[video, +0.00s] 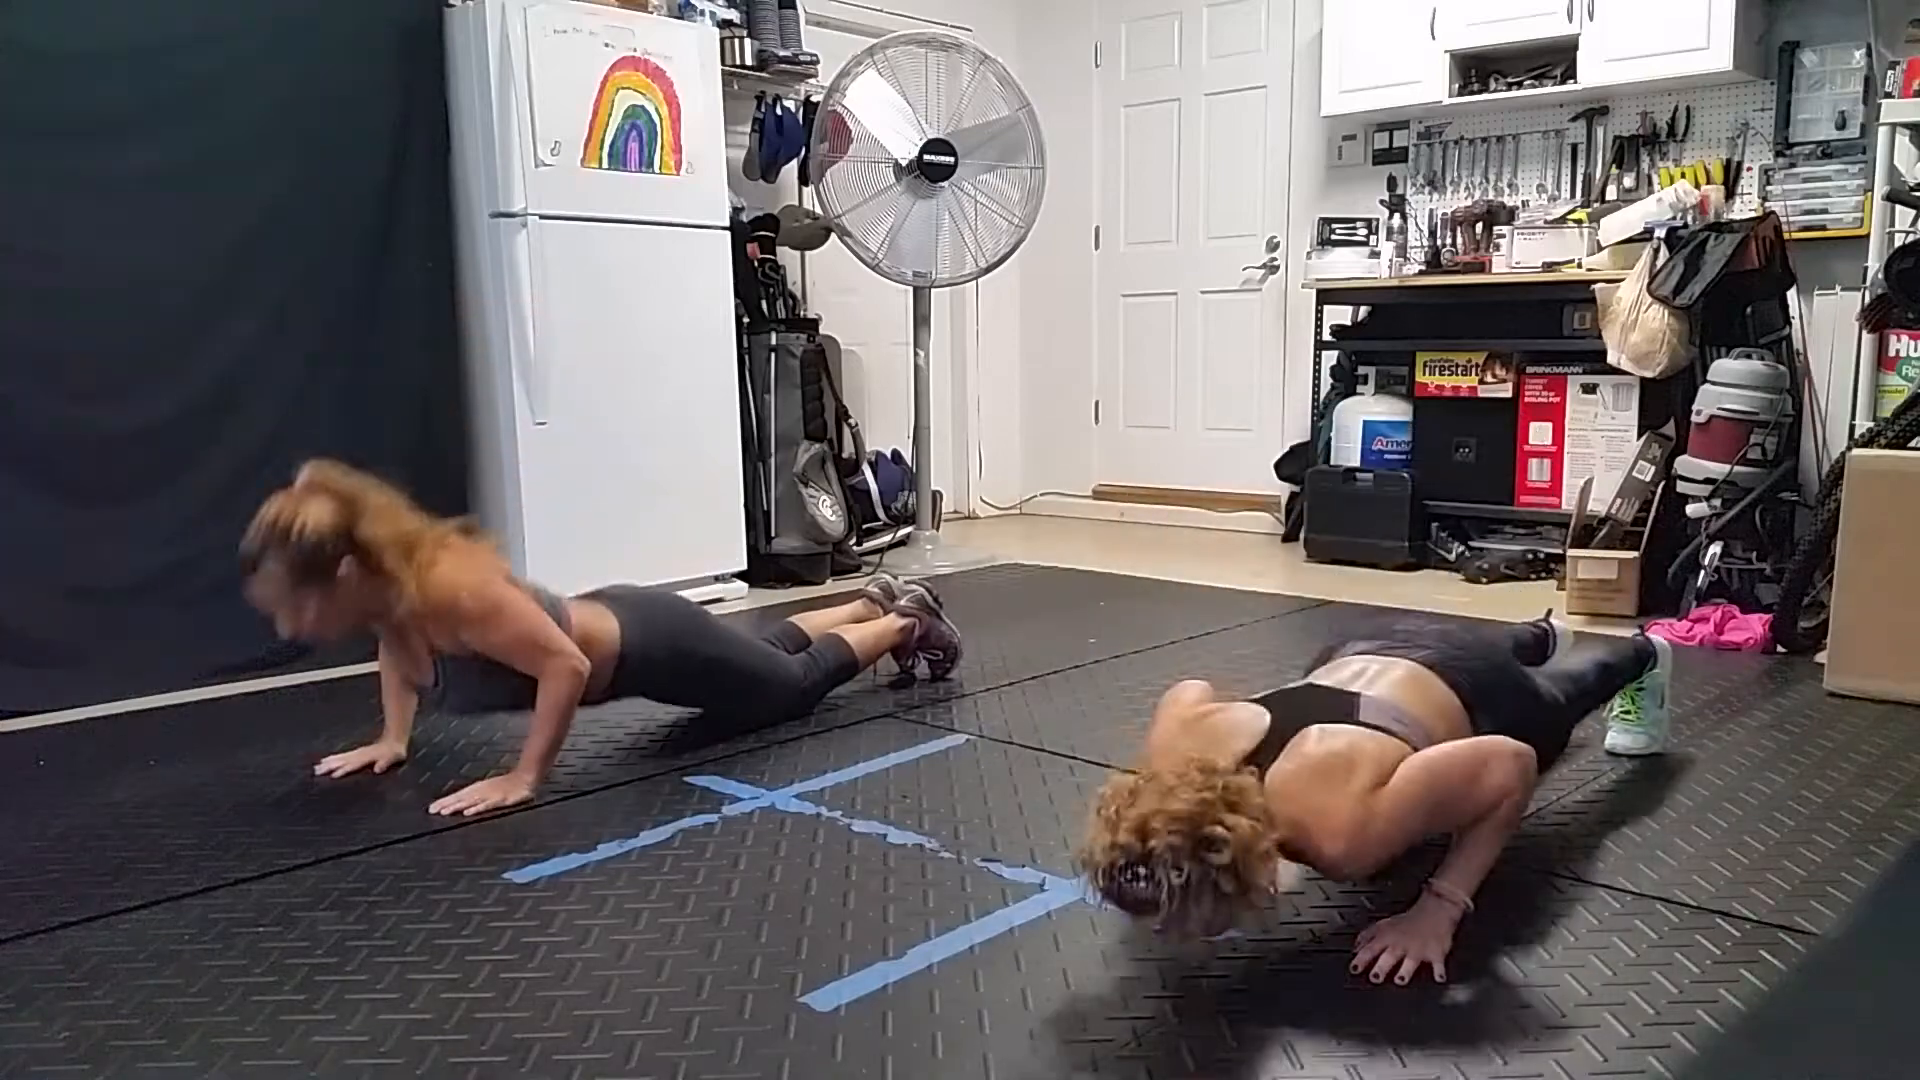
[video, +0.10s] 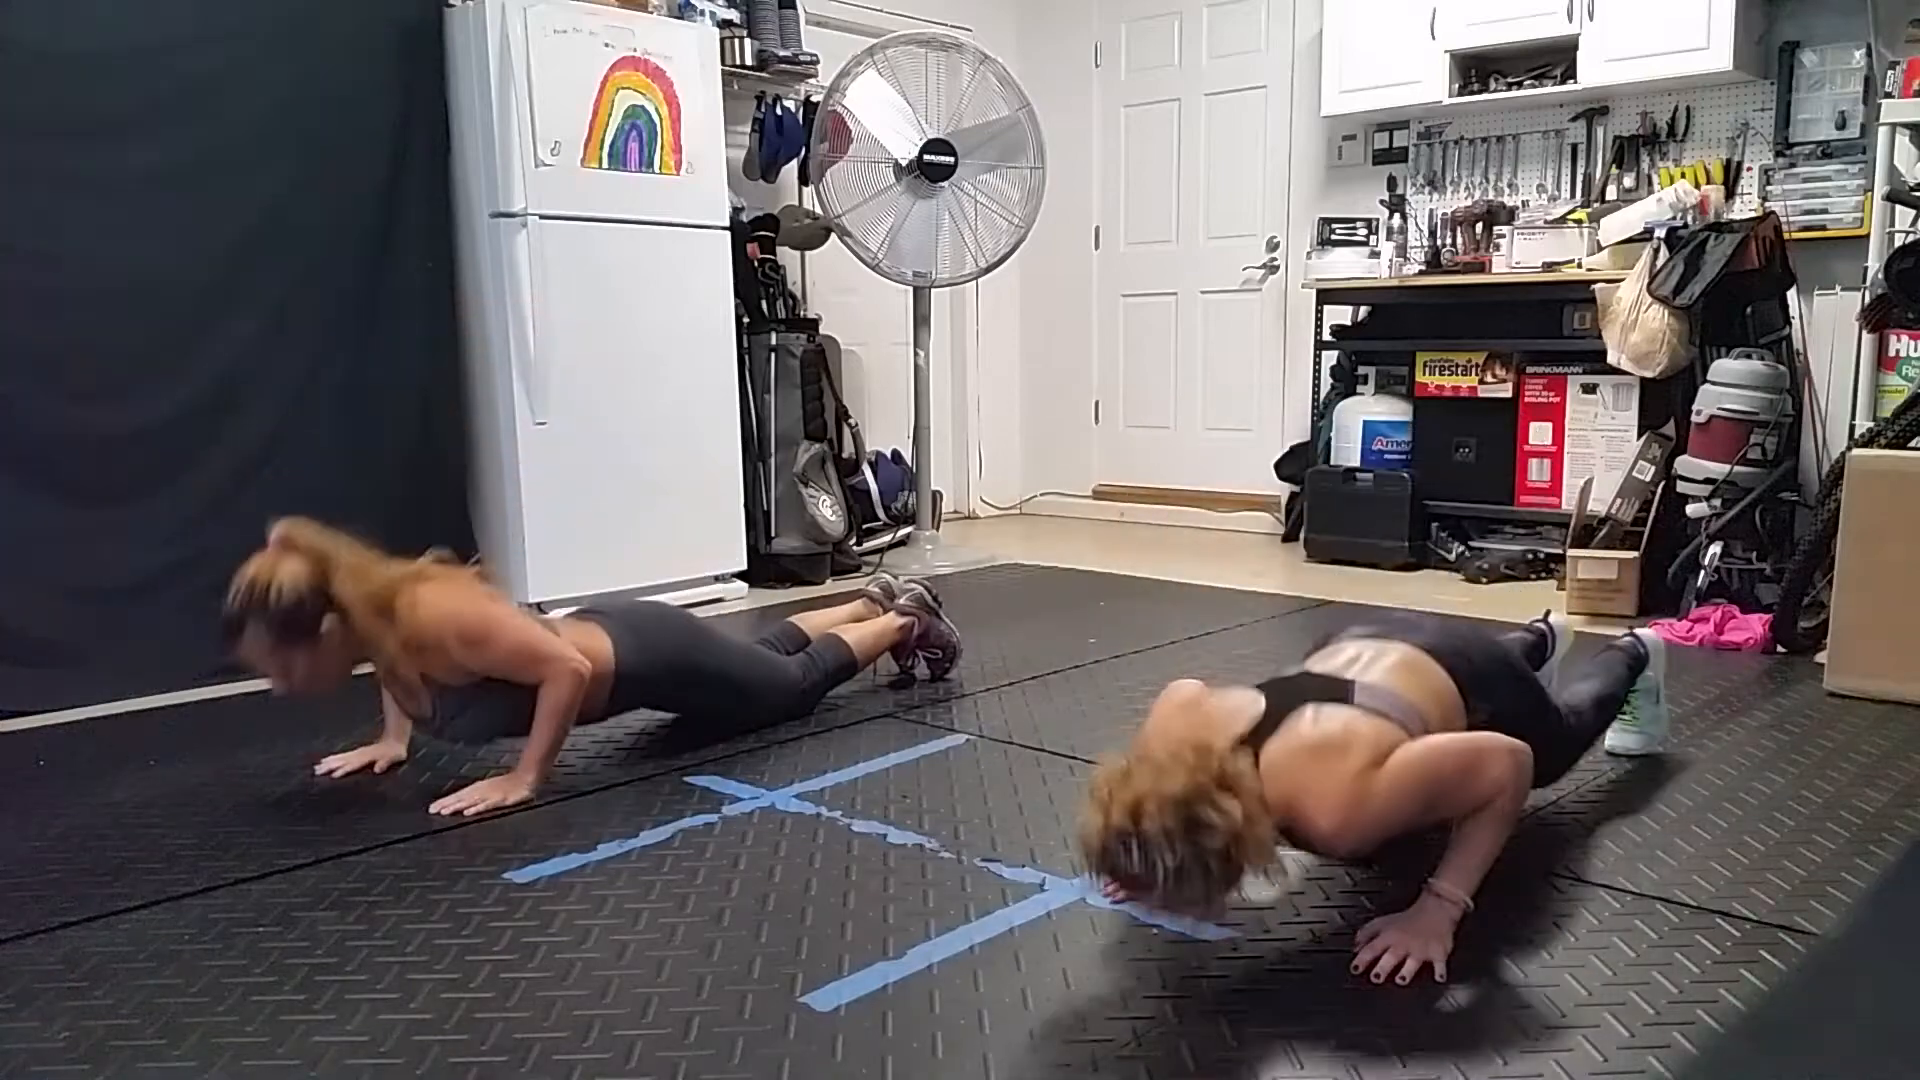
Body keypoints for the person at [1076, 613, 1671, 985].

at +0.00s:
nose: (1186, 938)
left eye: (1189, 922)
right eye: (1168, 928)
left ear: (1225, 868)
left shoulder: (1350, 830)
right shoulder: (1173, 749)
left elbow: (1510, 768)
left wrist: (1440, 906)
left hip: (1463, 690)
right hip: (1366, 642)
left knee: (1563, 685)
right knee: (1481, 637)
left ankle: (1640, 650)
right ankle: (1544, 628)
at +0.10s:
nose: (1149, 909)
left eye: (1161, 901)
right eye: (1134, 898)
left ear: (1213, 864)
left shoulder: (1341, 811)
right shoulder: (1179, 713)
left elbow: (1506, 765)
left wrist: (1439, 907)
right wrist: (1151, 852)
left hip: (1469, 682)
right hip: (1375, 636)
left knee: (1568, 716)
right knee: (1481, 641)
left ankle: (1632, 651)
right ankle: (1541, 631)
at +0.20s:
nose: (1153, 825)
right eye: (1138, 821)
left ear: (1190, 787)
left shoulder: (1328, 747)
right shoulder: (1184, 691)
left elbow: (1499, 758)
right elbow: (1160, 752)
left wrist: (1438, 907)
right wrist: (1186, 846)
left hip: (1465, 658)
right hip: (1365, 624)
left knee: (1555, 761)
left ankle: (1627, 651)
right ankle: (1541, 636)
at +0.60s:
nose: (1126, 613)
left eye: (1132, 597)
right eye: (1121, 600)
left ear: (1184, 573)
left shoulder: (1311, 559)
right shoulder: (1148, 571)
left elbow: (1420, 731)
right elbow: (1156, 705)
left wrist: (1430, 903)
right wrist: (1183, 840)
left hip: (1431, 526)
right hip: (1348, 500)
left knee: (1511, 655)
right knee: (1441, 637)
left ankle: (1611, 658)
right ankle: (1522, 690)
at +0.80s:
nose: (1087, 551)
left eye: (1089, 533)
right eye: (1072, 541)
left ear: (1124, 489)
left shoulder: (1246, 470)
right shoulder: (1097, 497)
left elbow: (1343, 669)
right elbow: (1101, 643)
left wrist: (1345, 836)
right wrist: (1108, 778)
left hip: (1372, 424)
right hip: (1302, 464)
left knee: (1450, 526)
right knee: (1380, 554)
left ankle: (1516, 592)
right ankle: (1428, 606)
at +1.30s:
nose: (1018, 880)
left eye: (1013, 865)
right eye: (997, 873)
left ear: (1037, 821)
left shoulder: (1149, 763)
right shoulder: (1008, 711)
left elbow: (1298, 720)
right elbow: (1020, 658)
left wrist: (1257, 864)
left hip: (1272, 666)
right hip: (1189, 642)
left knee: (1368, 654)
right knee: (1299, 626)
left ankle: (1434, 621)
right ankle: (1380, 608)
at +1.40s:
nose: (1014, 882)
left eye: (1015, 866)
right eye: (994, 872)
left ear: (1046, 823)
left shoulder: (1150, 775)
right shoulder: (1006, 712)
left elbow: (1299, 720)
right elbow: (1023, 660)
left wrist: (1258, 863)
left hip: (1282, 677)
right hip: (1196, 653)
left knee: (1374, 656)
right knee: (1302, 628)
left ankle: (1444, 623)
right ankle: (1389, 606)